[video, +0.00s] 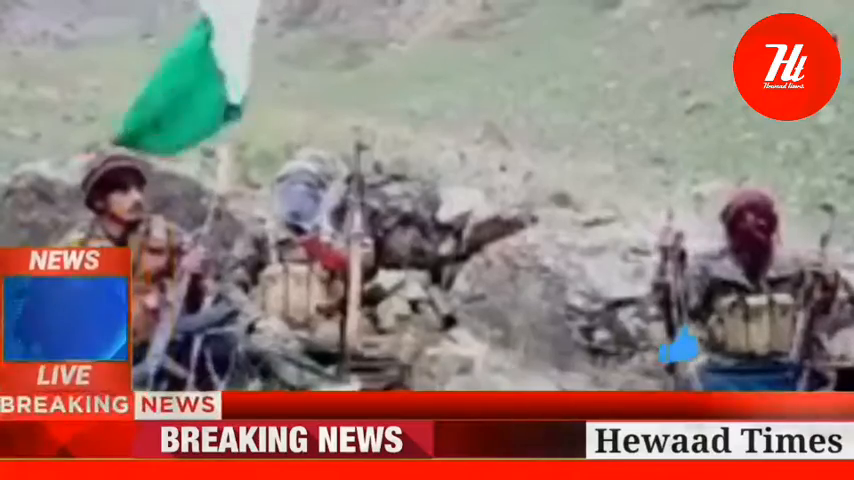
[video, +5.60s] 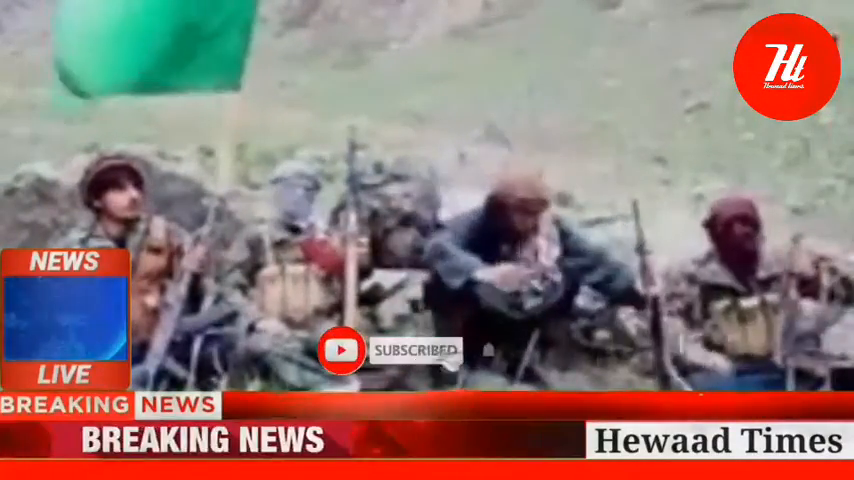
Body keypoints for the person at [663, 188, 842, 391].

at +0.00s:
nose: (756, 222)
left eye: (763, 215)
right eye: (746, 214)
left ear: (772, 225)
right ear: (732, 224)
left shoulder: (792, 269)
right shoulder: (705, 267)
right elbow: (687, 310)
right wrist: (672, 265)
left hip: (782, 371)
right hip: (723, 372)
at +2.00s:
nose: (758, 224)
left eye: (765, 218)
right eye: (749, 216)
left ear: (774, 227)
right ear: (732, 224)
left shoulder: (795, 270)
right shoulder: (706, 268)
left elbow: (827, 323)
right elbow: (676, 316)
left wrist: (830, 285)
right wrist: (670, 264)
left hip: (783, 372)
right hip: (722, 373)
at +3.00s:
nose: (763, 225)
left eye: (768, 219)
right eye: (754, 217)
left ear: (774, 226)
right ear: (732, 223)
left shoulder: (795, 270)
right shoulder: (703, 269)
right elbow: (679, 316)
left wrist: (828, 291)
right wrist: (668, 266)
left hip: (786, 375)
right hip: (722, 376)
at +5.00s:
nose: (758, 238)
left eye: (766, 228)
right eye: (748, 229)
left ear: (775, 231)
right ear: (733, 233)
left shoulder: (796, 272)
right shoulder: (706, 272)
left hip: (784, 374)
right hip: (723, 375)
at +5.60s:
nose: (746, 232)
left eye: (750, 224)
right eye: (734, 225)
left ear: (759, 229)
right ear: (714, 233)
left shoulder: (783, 272)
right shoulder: (687, 277)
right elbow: (675, 336)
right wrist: (725, 367)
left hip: (782, 368)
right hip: (722, 373)